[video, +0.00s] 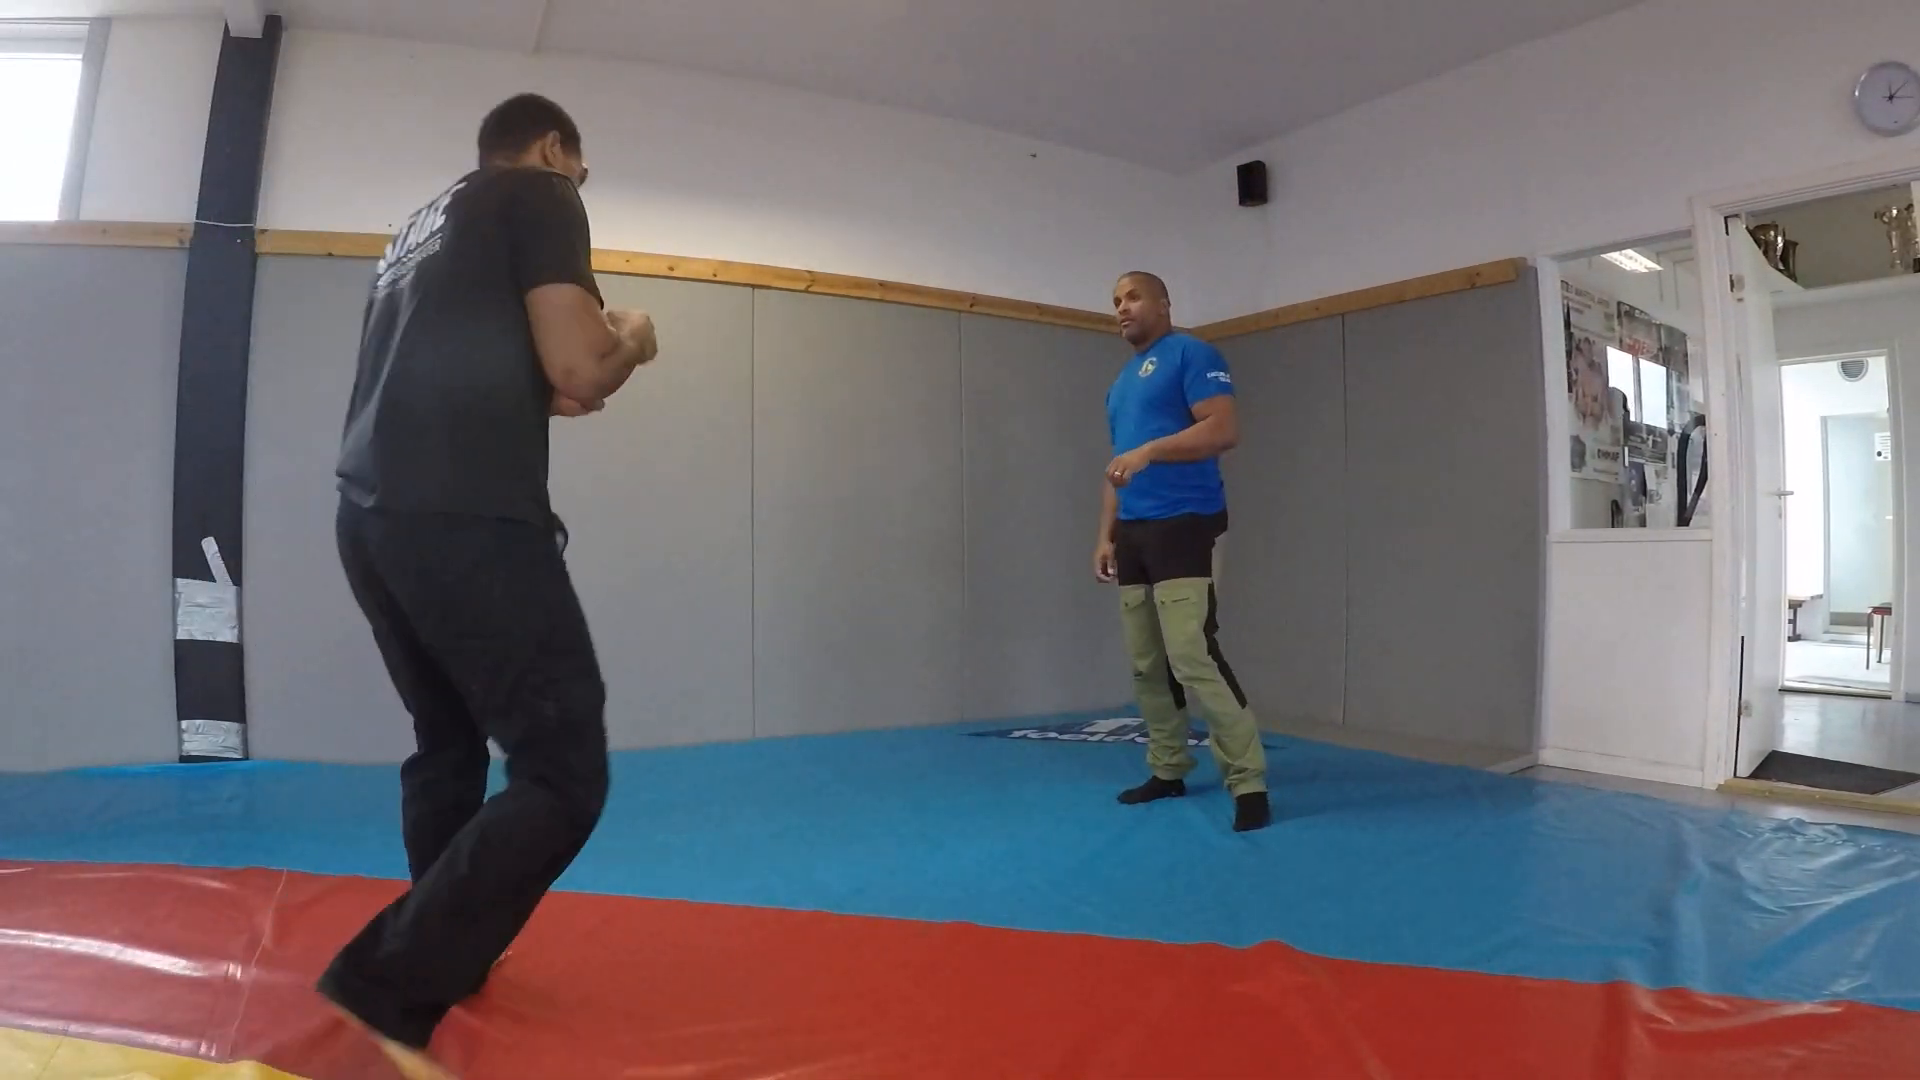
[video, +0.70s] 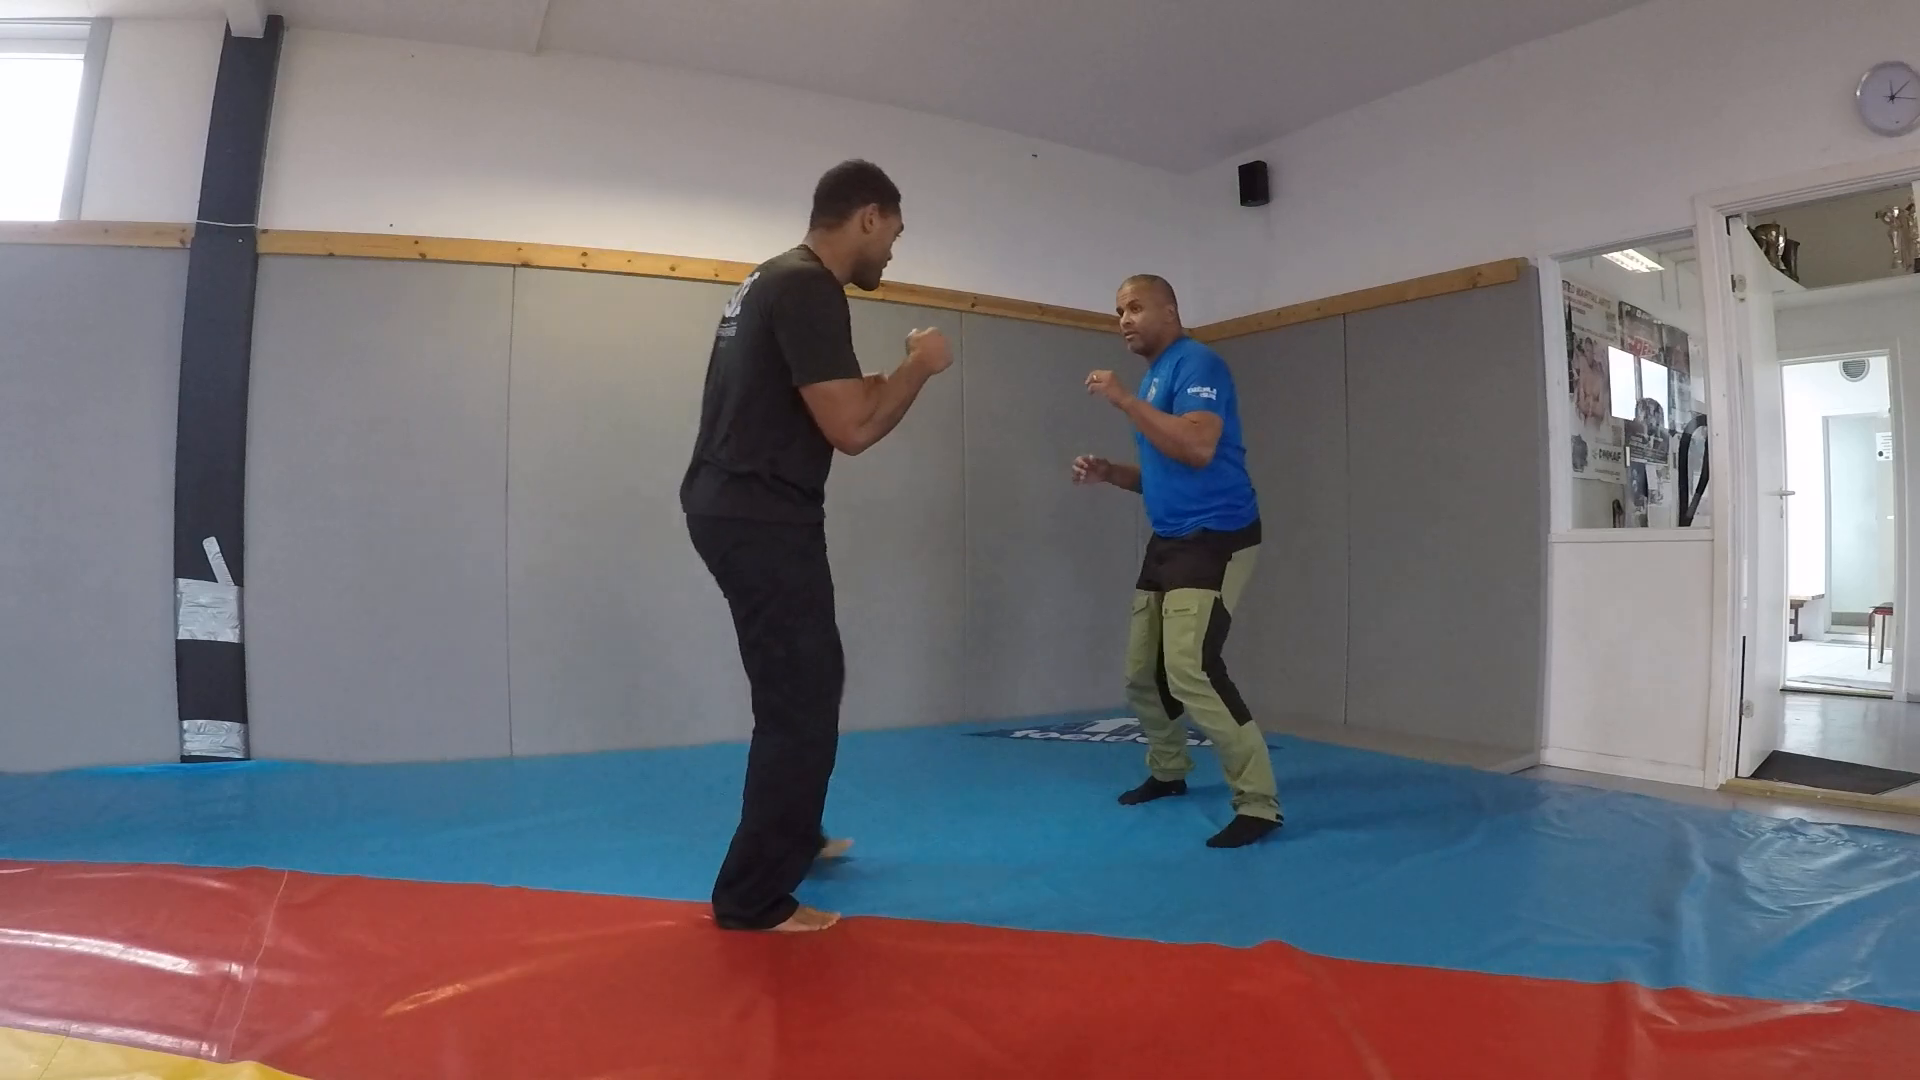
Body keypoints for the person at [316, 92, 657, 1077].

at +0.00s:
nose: (579, 189)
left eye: (580, 178)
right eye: (577, 174)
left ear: (490, 150)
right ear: (549, 151)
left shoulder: (422, 226)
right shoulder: (538, 196)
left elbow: (486, 387)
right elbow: (575, 373)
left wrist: (578, 380)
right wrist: (629, 338)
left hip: (373, 519)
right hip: (473, 521)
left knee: (449, 742)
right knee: (565, 777)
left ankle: (448, 942)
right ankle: (390, 984)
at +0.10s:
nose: (625, 203)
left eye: (627, 192)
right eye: (624, 187)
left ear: (544, 159)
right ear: (598, 161)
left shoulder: (475, 230)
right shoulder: (570, 200)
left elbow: (507, 372)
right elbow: (603, 356)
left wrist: (608, 374)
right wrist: (661, 339)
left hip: (419, 509)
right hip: (512, 509)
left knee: (464, 733)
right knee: (625, 732)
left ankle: (439, 956)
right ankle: (511, 945)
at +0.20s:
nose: (674, 206)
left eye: (676, 192)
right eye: (671, 188)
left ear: (596, 169)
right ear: (642, 170)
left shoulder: (532, 235)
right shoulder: (609, 213)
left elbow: (594, 355)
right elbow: (653, 353)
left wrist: (677, 315)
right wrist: (714, 318)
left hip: (464, 504)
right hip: (552, 507)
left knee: (472, 732)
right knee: (643, 709)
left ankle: (444, 956)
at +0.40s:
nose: (779, 232)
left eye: (780, 216)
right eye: (777, 213)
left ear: (701, 205)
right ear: (748, 203)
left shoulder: (639, 269)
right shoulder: (712, 275)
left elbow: (668, 386)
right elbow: (752, 428)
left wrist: (757, 355)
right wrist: (804, 368)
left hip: (577, 529)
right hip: (663, 538)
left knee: (565, 726)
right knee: (729, 721)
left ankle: (463, 916)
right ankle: (747, 903)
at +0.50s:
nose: (824, 249)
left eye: (828, 234)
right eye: (826, 231)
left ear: (753, 215)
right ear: (798, 217)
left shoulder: (686, 278)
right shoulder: (758, 290)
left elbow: (703, 416)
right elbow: (788, 449)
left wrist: (799, 404)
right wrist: (850, 410)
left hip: (634, 528)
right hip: (710, 536)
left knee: (680, 697)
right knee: (782, 718)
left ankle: (548, 841)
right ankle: (753, 902)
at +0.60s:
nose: (865, 244)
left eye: (867, 229)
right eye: (865, 227)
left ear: (796, 217)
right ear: (836, 217)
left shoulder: (726, 282)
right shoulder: (787, 293)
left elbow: (734, 421)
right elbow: (818, 442)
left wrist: (843, 407)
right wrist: (883, 396)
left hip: (684, 519)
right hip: (744, 531)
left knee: (758, 680)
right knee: (797, 719)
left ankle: (666, 829)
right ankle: (755, 901)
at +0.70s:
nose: (895, 250)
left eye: (897, 235)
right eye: (894, 232)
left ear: (834, 219)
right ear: (867, 218)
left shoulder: (775, 281)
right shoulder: (808, 287)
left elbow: (851, 418)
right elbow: (852, 425)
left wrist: (901, 379)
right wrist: (915, 369)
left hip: (737, 506)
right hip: (763, 515)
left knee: (804, 677)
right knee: (802, 693)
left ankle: (787, 833)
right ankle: (753, 899)